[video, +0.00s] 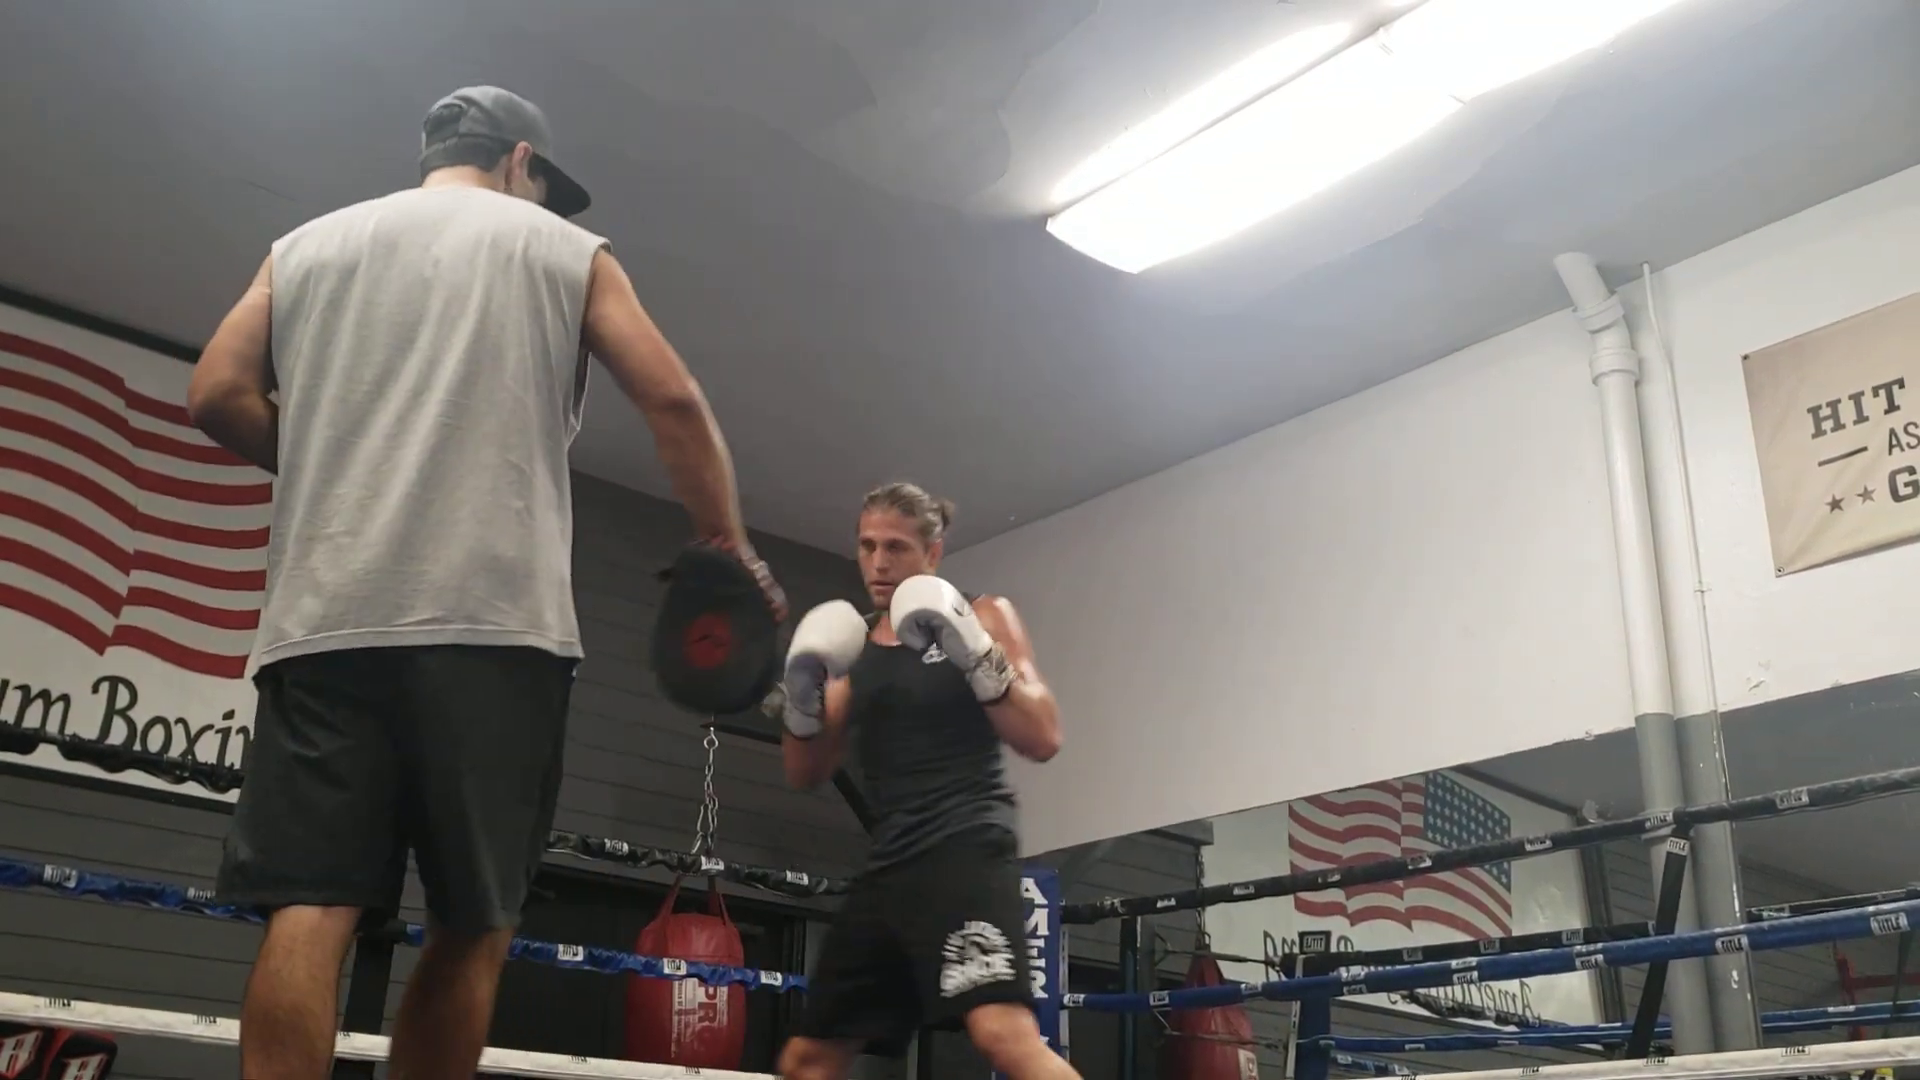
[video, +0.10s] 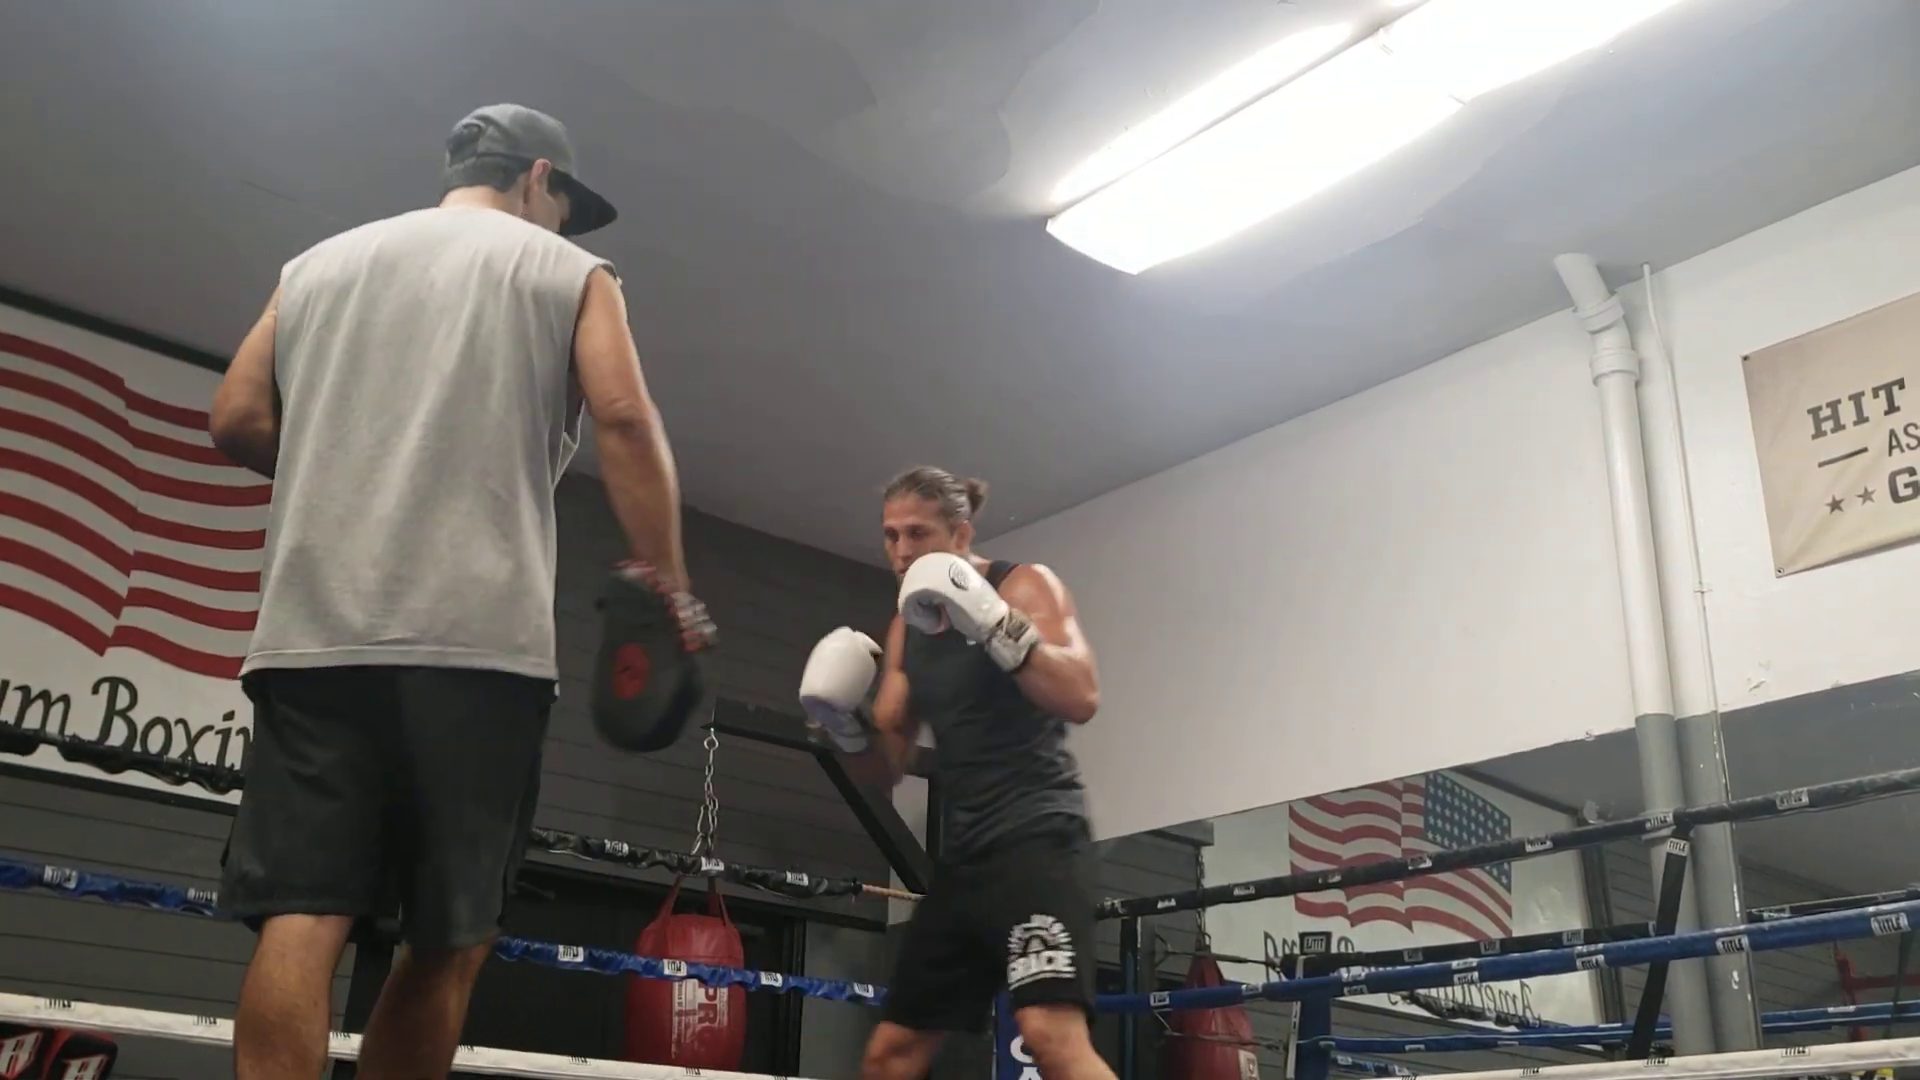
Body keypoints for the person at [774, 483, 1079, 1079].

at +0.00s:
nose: (878, 563)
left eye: (896, 548)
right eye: (869, 547)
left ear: (933, 554)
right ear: (858, 551)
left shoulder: (984, 617)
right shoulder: (853, 647)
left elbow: (1042, 739)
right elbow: (804, 772)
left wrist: (974, 652)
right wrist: (803, 691)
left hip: (971, 841)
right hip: (891, 857)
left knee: (1001, 1032)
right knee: (809, 1057)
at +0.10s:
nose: (901, 552)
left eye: (917, 533)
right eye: (891, 537)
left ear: (962, 532)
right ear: (883, 540)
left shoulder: (1025, 586)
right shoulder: (907, 621)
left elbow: (1081, 697)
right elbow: (883, 770)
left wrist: (989, 618)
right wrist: (842, 717)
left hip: (1040, 835)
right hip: (964, 851)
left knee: (1052, 1035)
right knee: (891, 1055)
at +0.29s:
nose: (962, 543)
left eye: (972, 524)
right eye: (953, 530)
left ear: (1024, 513)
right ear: (952, 532)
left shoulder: (1092, 560)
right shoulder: (995, 610)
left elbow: (1122, 672)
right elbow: (985, 742)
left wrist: (1025, 595)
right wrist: (928, 684)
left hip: (1130, 815)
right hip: (1064, 830)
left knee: (1092, 1025)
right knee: (1021, 1044)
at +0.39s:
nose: (997, 542)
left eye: (1006, 521)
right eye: (989, 527)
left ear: (1059, 510)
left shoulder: (1132, 560)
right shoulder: (1042, 606)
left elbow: (1146, 675)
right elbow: (1012, 735)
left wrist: (1056, 595)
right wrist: (965, 660)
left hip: (1162, 811)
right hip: (1113, 823)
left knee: (1100, 1022)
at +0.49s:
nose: (1038, 552)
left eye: (1045, 531)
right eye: (1030, 537)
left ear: (1095, 520)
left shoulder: (1170, 567)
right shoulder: (1088, 617)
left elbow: (1174, 680)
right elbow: (1043, 737)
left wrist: (1088, 598)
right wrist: (999, 656)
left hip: (1197, 825)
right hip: (1156, 831)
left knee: (1109, 1023)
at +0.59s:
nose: (1076, 567)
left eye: (1084, 547)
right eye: (1069, 553)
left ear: (1133, 537)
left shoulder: (1208, 578)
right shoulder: (1136, 630)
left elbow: (1215, 686)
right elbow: (1092, 751)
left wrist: (1131, 610)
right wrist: (1043, 668)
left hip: (1235, 839)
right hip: (1213, 841)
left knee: (1124, 1024)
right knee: (1300, 1057)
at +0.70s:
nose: (1115, 580)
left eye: (1123, 561)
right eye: (1108, 567)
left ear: (1170, 550)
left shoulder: (1241, 580)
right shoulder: (1183, 649)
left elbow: (1271, 686)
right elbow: (1150, 770)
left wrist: (1173, 618)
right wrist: (1095, 685)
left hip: (1275, 838)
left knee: (1160, 1021)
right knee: (1326, 1056)